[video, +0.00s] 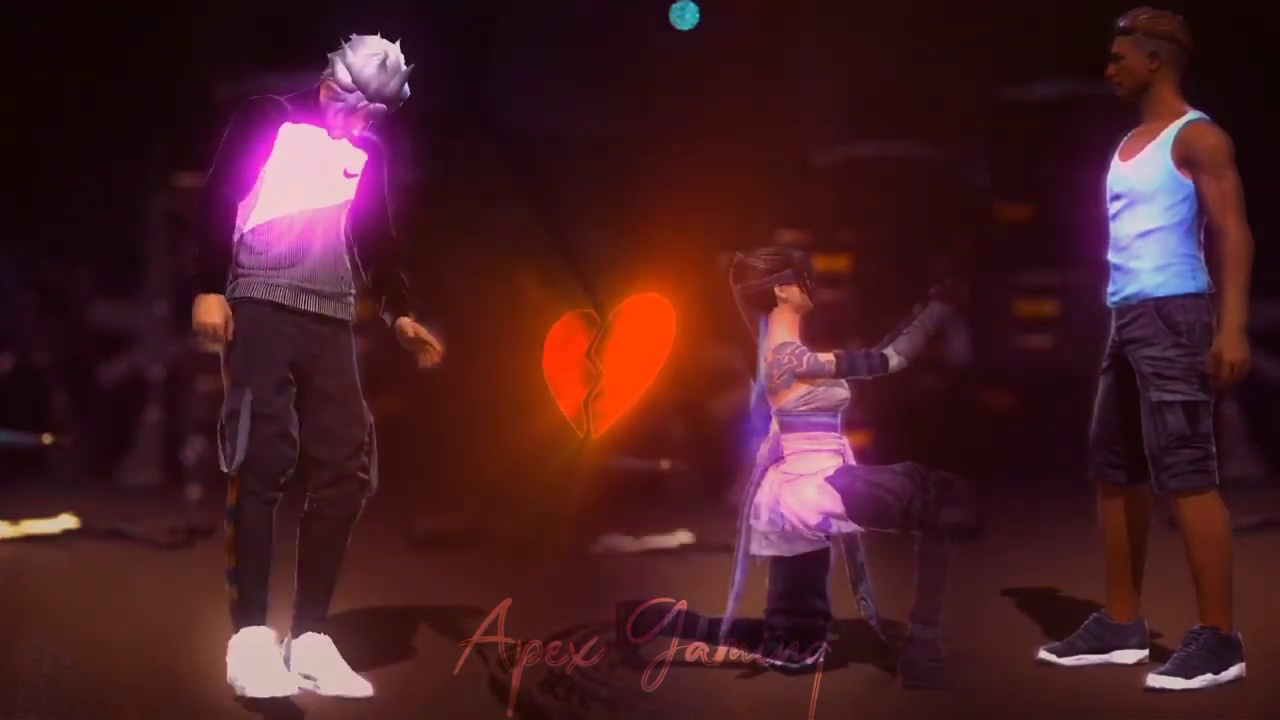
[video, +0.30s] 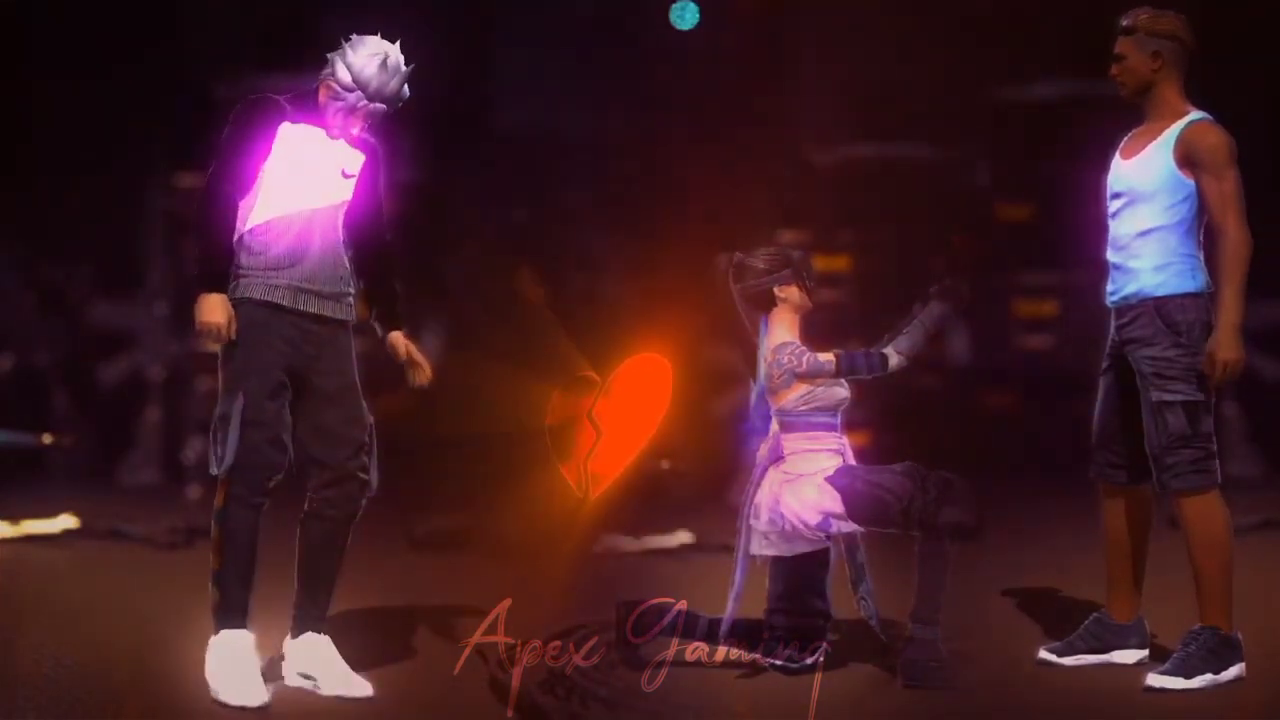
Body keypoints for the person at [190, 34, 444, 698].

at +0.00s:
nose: (357, 123)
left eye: (372, 114)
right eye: (351, 105)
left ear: (384, 110)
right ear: (329, 83)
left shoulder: (374, 151)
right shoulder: (269, 119)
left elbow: (376, 243)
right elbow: (220, 200)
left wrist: (401, 314)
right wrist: (208, 286)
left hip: (332, 324)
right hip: (263, 312)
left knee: (342, 473)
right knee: (265, 467)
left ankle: (310, 635)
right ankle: (252, 635)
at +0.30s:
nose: (358, 124)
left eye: (371, 115)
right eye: (352, 106)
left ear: (383, 111)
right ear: (328, 85)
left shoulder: (371, 153)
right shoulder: (265, 118)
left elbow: (374, 247)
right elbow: (218, 199)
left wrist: (394, 327)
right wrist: (212, 284)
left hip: (332, 325)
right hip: (262, 313)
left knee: (344, 475)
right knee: (254, 467)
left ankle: (307, 639)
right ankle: (230, 638)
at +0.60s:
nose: (354, 122)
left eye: (368, 113)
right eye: (348, 105)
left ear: (382, 109)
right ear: (325, 84)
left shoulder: (372, 154)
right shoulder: (264, 118)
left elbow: (372, 250)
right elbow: (217, 196)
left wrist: (384, 336)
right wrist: (213, 284)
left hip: (335, 327)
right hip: (260, 315)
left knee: (344, 477)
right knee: (239, 469)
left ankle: (306, 639)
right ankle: (207, 636)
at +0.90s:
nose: (355, 121)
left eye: (368, 112)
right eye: (348, 104)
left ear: (382, 109)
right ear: (324, 83)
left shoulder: (373, 154)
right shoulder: (261, 120)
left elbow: (371, 251)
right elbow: (217, 199)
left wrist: (381, 339)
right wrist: (214, 284)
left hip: (335, 328)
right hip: (259, 315)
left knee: (344, 477)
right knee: (233, 470)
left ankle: (306, 638)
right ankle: (199, 636)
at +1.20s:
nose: (354, 121)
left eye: (367, 112)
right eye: (349, 103)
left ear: (378, 107)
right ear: (324, 84)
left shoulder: (372, 154)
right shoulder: (258, 118)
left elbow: (368, 254)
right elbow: (216, 199)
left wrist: (369, 342)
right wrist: (215, 283)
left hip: (331, 333)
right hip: (255, 320)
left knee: (340, 479)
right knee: (219, 473)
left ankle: (307, 638)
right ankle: (181, 629)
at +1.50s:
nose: (352, 119)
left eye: (366, 110)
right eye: (347, 101)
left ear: (377, 107)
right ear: (323, 82)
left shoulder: (370, 153)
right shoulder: (258, 118)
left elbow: (367, 251)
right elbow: (214, 197)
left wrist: (365, 342)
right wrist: (216, 282)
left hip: (329, 335)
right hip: (253, 321)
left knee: (338, 480)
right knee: (214, 472)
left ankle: (307, 638)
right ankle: (177, 627)